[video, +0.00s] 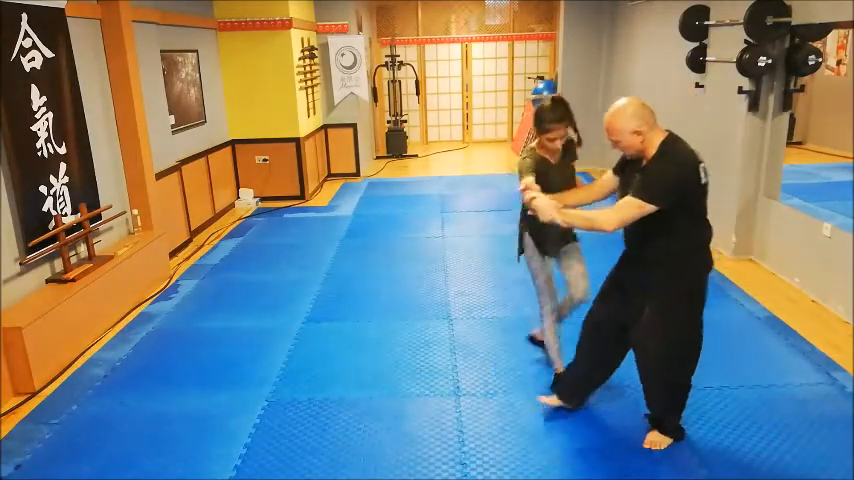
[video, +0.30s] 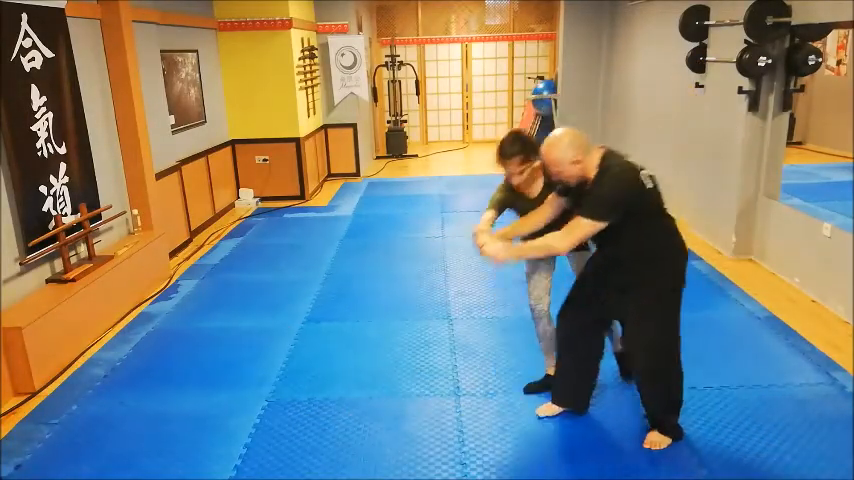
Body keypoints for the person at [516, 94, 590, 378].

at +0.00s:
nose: (558, 143)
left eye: (562, 136)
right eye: (551, 138)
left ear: (568, 128)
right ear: (537, 132)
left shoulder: (569, 147)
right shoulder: (529, 159)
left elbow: (571, 178)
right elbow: (530, 194)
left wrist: (583, 194)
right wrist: (555, 212)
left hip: (563, 224)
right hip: (534, 230)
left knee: (579, 293)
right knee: (549, 302)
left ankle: (544, 332)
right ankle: (559, 369)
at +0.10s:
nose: (547, 149)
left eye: (552, 142)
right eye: (540, 144)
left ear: (561, 133)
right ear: (529, 139)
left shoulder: (571, 151)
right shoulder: (524, 165)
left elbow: (582, 184)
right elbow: (518, 201)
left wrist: (587, 214)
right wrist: (538, 218)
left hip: (574, 230)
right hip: (538, 235)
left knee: (583, 299)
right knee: (545, 305)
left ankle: (577, 345)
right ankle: (555, 366)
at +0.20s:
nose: (531, 160)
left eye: (537, 154)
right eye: (525, 155)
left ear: (550, 145)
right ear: (518, 148)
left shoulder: (568, 161)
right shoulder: (519, 173)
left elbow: (586, 197)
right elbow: (501, 203)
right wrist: (502, 211)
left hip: (574, 231)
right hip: (537, 237)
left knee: (587, 298)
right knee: (541, 306)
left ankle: (603, 353)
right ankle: (553, 371)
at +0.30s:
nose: (513, 180)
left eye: (519, 173)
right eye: (509, 173)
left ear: (535, 164)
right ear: (503, 167)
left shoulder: (557, 176)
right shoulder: (508, 191)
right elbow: (487, 220)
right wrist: (484, 235)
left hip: (574, 236)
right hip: (537, 240)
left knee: (597, 297)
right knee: (538, 306)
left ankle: (620, 350)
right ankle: (552, 370)